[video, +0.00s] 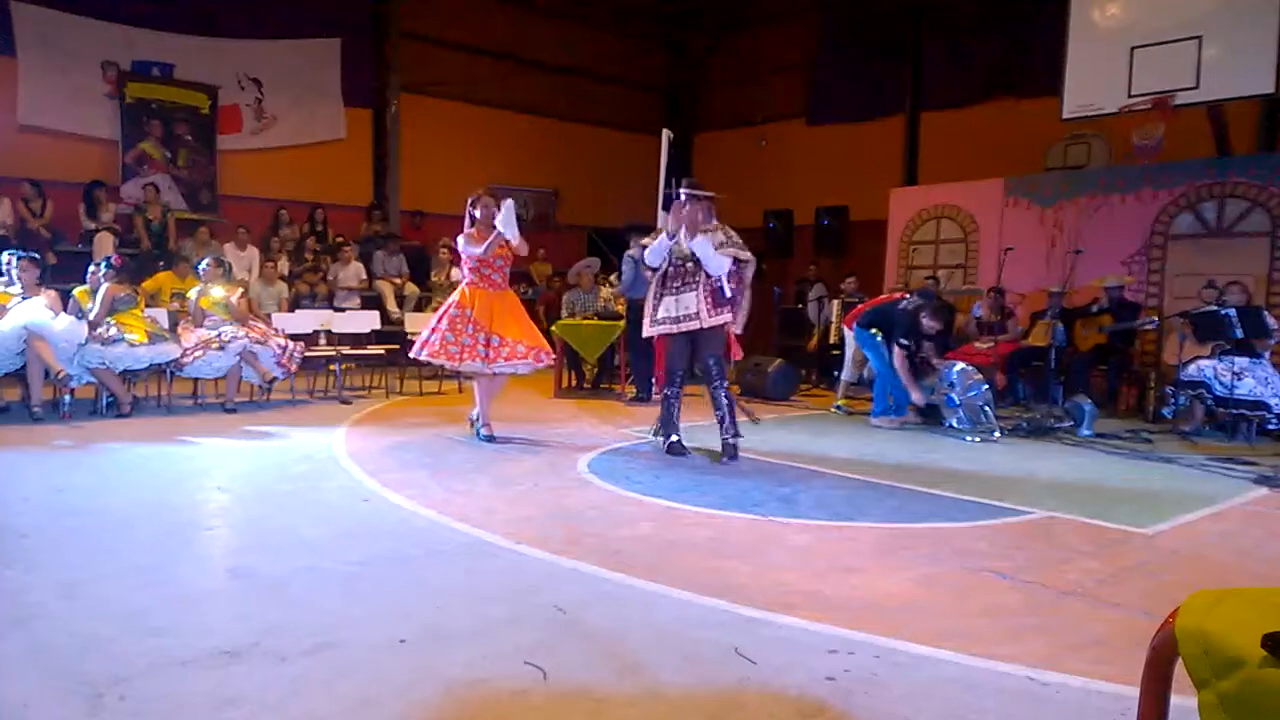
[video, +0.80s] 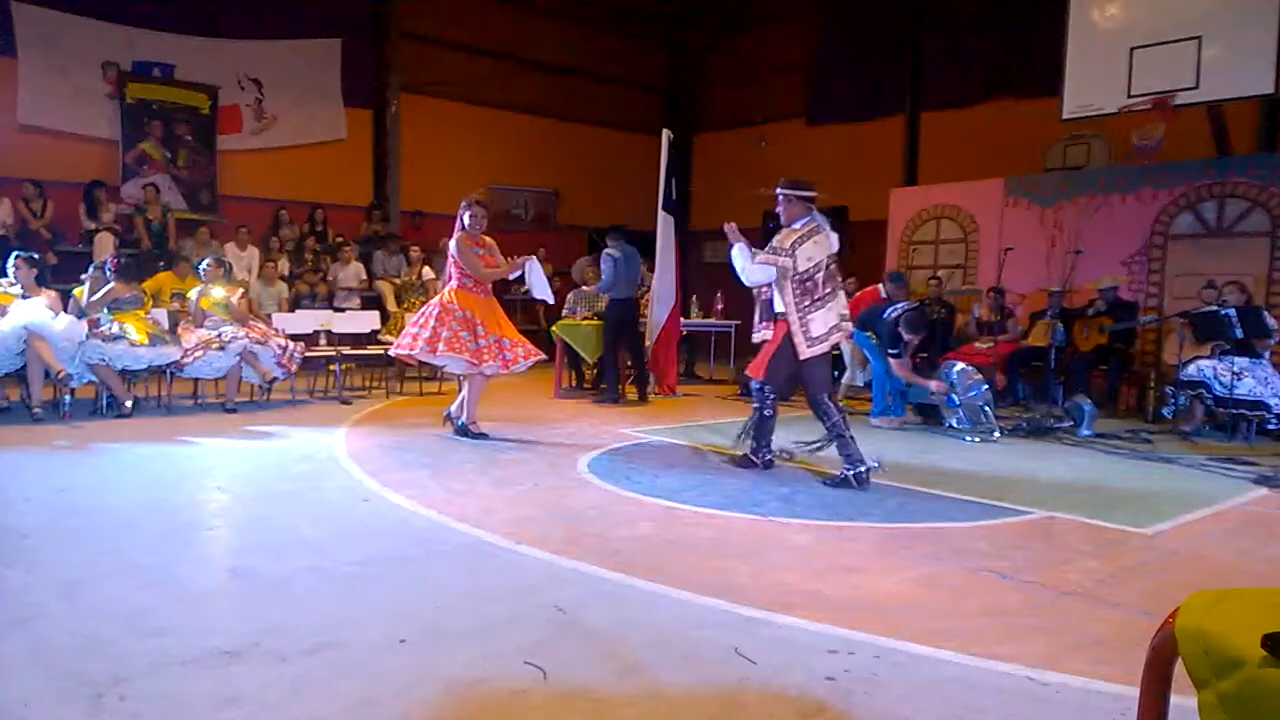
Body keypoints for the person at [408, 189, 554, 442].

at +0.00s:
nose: (490, 212)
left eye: (493, 207)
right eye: (485, 207)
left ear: (497, 211)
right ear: (473, 211)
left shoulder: (503, 236)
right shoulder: (466, 238)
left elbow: (523, 250)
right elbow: (479, 254)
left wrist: (511, 226)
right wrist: (496, 234)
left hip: (502, 301)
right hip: (475, 300)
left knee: (504, 366)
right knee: (481, 365)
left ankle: (478, 411)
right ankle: (484, 420)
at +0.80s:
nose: (477, 221)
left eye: (482, 217)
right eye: (472, 216)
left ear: (487, 220)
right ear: (462, 218)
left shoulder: (489, 243)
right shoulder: (459, 242)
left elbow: (501, 268)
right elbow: (480, 274)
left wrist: (517, 265)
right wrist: (512, 269)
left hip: (482, 304)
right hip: (460, 303)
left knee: (489, 362)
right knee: (481, 363)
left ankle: (456, 410)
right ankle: (469, 419)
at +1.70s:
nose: (458, 221)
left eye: (463, 217)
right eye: (453, 216)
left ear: (467, 220)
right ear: (443, 217)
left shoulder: (471, 241)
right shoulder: (434, 239)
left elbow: (485, 270)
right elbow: (450, 267)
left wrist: (488, 253)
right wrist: (480, 255)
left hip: (463, 305)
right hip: (440, 305)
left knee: (461, 367)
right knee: (449, 366)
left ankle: (444, 417)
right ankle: (443, 418)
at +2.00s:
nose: (457, 215)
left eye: (461, 211)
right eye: (453, 209)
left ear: (467, 214)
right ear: (443, 210)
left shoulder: (466, 235)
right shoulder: (428, 233)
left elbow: (481, 257)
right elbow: (441, 251)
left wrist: (477, 226)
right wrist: (462, 230)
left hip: (460, 298)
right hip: (436, 298)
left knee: (452, 364)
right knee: (438, 363)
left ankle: (445, 418)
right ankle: (442, 420)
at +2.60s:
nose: (455, 211)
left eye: (460, 205)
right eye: (452, 206)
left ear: (465, 208)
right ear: (445, 209)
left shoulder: (472, 236)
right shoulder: (433, 231)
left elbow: (475, 230)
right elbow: (425, 229)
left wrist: (460, 203)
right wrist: (438, 198)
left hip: (464, 298)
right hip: (435, 297)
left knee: (463, 364)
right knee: (438, 365)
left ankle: (460, 421)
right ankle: (441, 422)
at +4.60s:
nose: (462, 206)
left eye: (468, 202)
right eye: (459, 202)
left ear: (475, 208)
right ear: (451, 206)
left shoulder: (481, 234)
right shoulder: (440, 231)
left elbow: (480, 228)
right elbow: (424, 222)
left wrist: (459, 202)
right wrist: (438, 195)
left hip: (471, 296)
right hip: (443, 294)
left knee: (465, 364)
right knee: (444, 363)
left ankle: (461, 420)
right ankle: (447, 420)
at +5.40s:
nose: (454, 206)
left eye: (459, 202)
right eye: (449, 202)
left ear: (466, 206)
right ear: (441, 207)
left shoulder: (477, 232)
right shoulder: (435, 233)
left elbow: (503, 241)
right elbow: (448, 239)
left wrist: (482, 219)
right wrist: (465, 215)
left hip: (474, 298)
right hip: (447, 297)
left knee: (469, 364)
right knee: (448, 364)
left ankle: (461, 420)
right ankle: (447, 420)